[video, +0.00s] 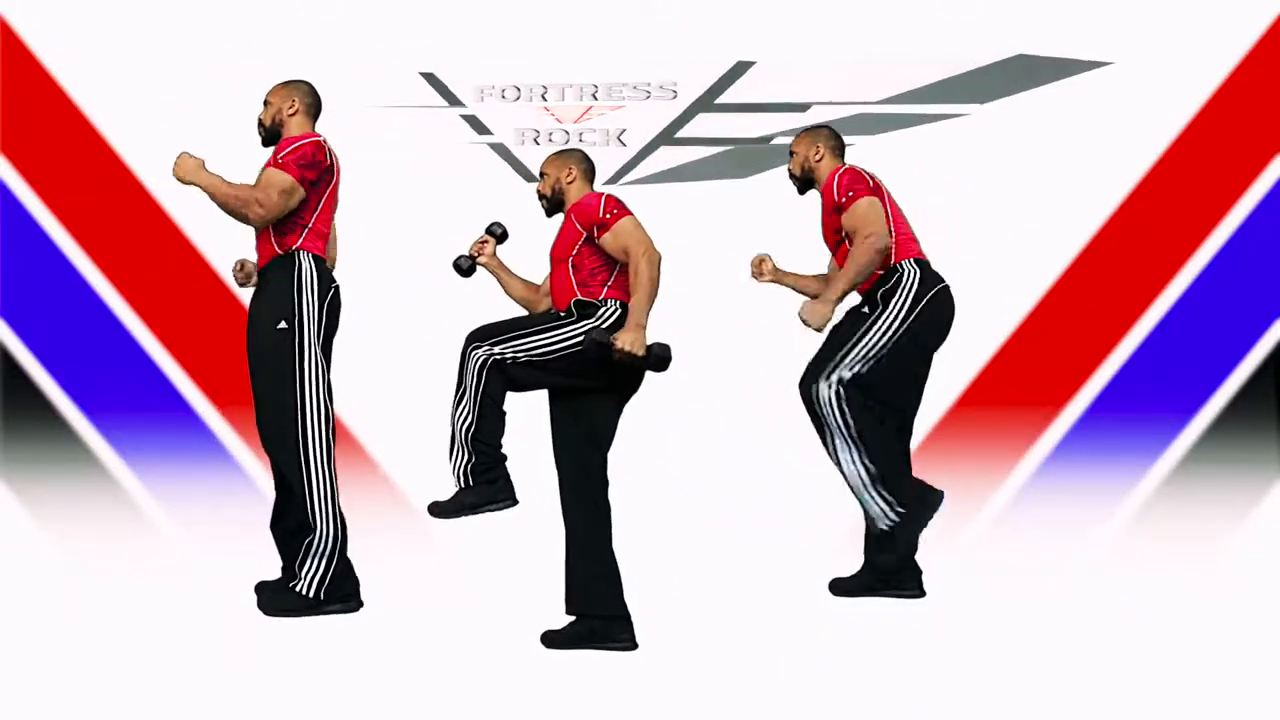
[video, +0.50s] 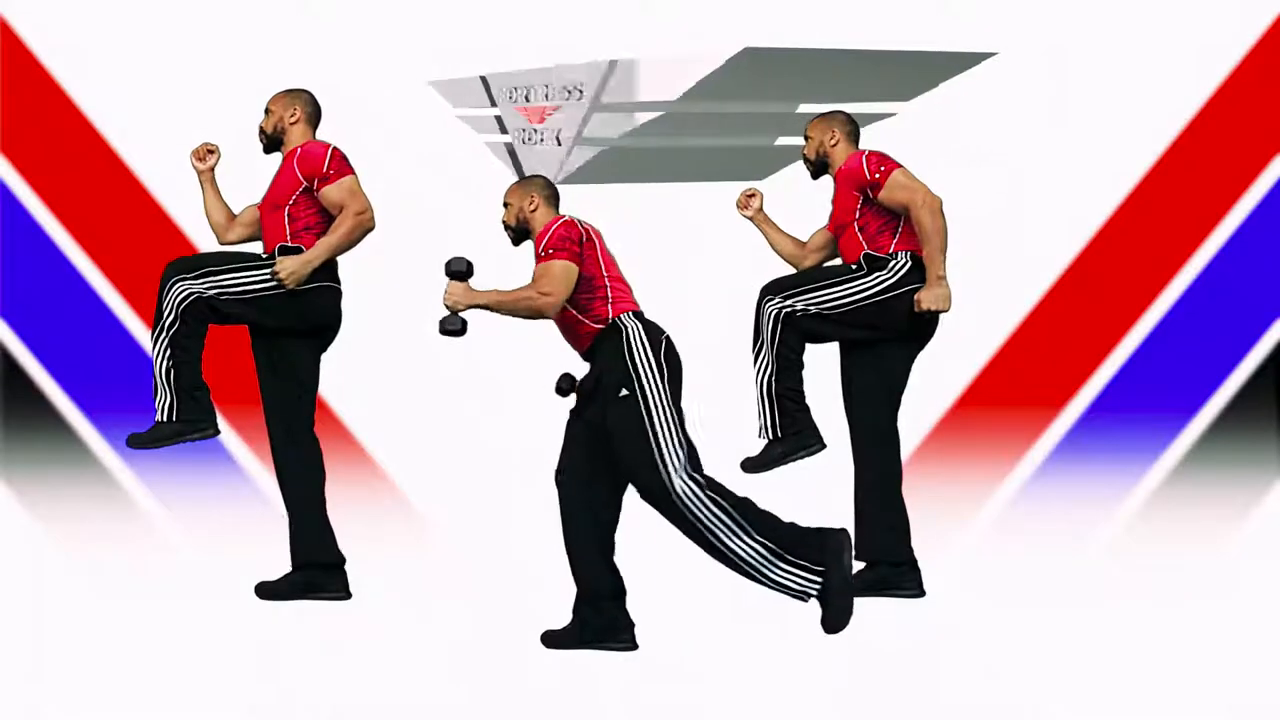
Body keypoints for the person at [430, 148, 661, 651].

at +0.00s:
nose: (538, 187)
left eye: (543, 178)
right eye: (539, 180)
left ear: (568, 175)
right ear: (569, 177)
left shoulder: (593, 203)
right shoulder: (571, 234)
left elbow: (645, 255)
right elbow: (540, 301)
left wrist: (636, 326)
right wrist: (494, 263)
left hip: (599, 321)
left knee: (483, 348)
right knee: (581, 485)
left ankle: (484, 479)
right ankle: (602, 619)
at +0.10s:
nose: (536, 187)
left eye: (541, 178)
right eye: (536, 180)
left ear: (567, 175)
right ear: (567, 177)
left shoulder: (590, 203)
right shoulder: (572, 233)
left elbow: (640, 256)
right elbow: (549, 308)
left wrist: (622, 322)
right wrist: (494, 277)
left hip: (593, 335)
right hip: (604, 349)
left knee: (485, 365)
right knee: (583, 489)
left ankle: (496, 496)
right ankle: (602, 620)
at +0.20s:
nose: (533, 190)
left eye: (538, 180)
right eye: (533, 183)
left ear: (563, 177)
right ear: (567, 178)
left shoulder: (591, 207)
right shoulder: (570, 234)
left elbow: (627, 263)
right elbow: (570, 319)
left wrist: (586, 327)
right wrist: (507, 308)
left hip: (606, 339)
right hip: (610, 352)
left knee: (506, 401)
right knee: (584, 485)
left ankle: (558, 528)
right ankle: (601, 620)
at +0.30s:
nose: (523, 194)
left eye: (527, 184)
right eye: (523, 187)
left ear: (552, 182)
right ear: (557, 184)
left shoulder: (582, 213)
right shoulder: (563, 242)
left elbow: (601, 276)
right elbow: (572, 332)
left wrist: (541, 326)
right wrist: (528, 342)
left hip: (619, 336)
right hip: (602, 347)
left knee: (551, 444)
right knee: (588, 476)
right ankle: (601, 619)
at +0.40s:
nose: (512, 204)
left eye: (516, 193)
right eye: (512, 196)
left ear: (541, 191)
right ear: (546, 193)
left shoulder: (573, 221)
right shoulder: (555, 247)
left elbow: (576, 285)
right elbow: (598, 325)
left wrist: (500, 313)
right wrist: (564, 368)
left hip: (627, 343)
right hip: (602, 361)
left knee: (616, 474)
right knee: (580, 481)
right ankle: (602, 618)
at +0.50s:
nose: (503, 215)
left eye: (507, 205)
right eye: (503, 207)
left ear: (532, 202)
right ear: (536, 204)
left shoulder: (559, 229)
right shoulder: (562, 245)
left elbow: (547, 297)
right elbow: (602, 318)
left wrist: (475, 298)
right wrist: (591, 376)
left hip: (630, 349)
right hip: (606, 366)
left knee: (673, 484)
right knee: (580, 489)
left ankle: (819, 561)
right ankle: (602, 622)